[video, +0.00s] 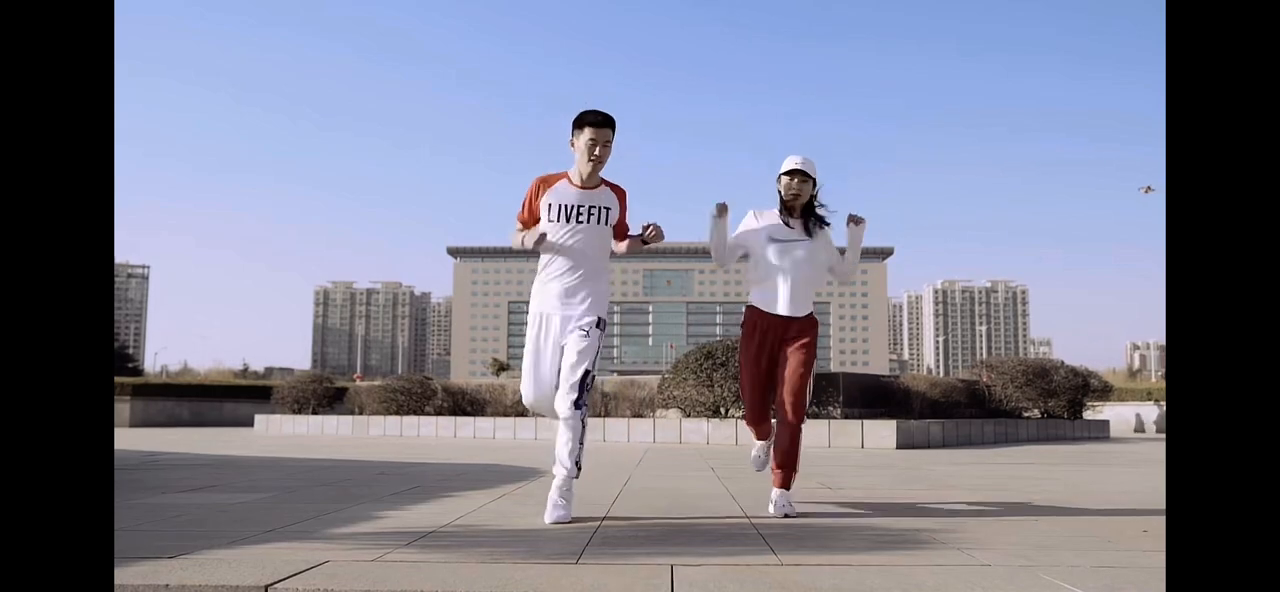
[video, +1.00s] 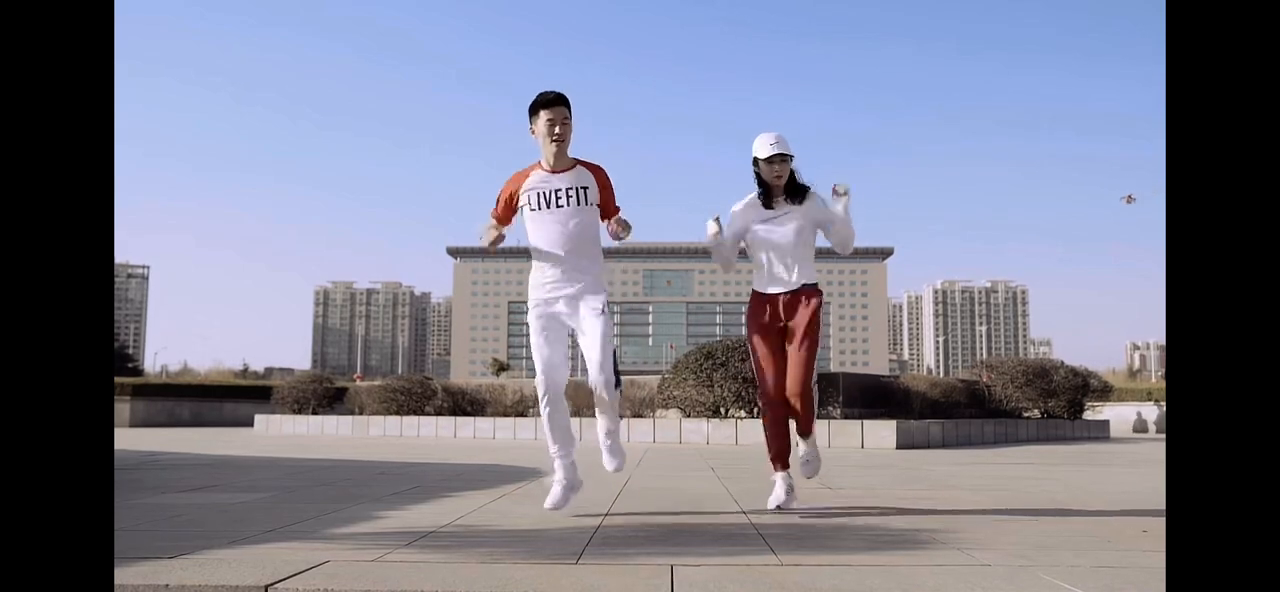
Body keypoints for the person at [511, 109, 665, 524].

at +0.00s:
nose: (597, 151)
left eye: (605, 145)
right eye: (591, 143)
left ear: (611, 150)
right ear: (574, 143)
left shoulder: (615, 196)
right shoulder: (543, 188)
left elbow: (618, 245)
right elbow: (519, 240)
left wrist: (642, 240)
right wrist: (533, 235)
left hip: (589, 308)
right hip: (546, 307)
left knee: (571, 399)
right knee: (536, 397)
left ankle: (562, 487)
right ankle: (575, 415)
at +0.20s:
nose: (582, 148)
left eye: (589, 142)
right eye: (574, 142)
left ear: (597, 147)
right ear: (559, 147)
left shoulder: (616, 194)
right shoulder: (544, 196)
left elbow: (637, 248)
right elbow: (536, 253)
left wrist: (612, 256)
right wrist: (525, 303)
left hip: (594, 302)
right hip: (554, 297)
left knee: (588, 399)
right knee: (532, 305)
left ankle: (594, 481)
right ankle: (545, 390)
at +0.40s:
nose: (577, 138)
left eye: (583, 131)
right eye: (568, 132)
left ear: (591, 135)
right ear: (553, 138)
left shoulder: (609, 181)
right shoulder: (544, 188)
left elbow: (635, 229)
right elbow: (542, 241)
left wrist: (617, 249)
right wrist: (526, 290)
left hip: (595, 296)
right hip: (553, 292)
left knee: (591, 386)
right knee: (542, 353)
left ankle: (589, 472)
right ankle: (553, 449)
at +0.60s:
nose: (571, 159)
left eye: (576, 152)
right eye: (563, 153)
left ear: (584, 155)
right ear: (547, 158)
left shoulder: (601, 200)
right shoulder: (540, 209)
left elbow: (638, 247)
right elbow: (533, 260)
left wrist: (644, 294)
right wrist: (496, 282)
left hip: (593, 320)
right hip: (551, 319)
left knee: (594, 409)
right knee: (552, 405)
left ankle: (598, 487)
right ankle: (565, 490)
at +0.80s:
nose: (569, 152)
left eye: (575, 145)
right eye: (561, 146)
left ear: (584, 149)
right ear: (546, 152)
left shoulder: (604, 195)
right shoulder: (532, 199)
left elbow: (614, 231)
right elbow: (480, 238)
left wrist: (629, 268)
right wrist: (495, 209)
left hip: (594, 292)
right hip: (553, 298)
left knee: (581, 299)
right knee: (561, 394)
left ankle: (584, 392)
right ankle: (571, 480)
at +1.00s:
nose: (558, 130)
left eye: (564, 123)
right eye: (550, 124)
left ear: (572, 128)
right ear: (534, 131)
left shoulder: (594, 175)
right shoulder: (520, 182)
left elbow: (614, 225)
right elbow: (495, 226)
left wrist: (619, 228)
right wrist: (493, 235)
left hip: (589, 290)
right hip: (544, 294)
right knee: (548, 386)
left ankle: (609, 432)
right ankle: (565, 473)